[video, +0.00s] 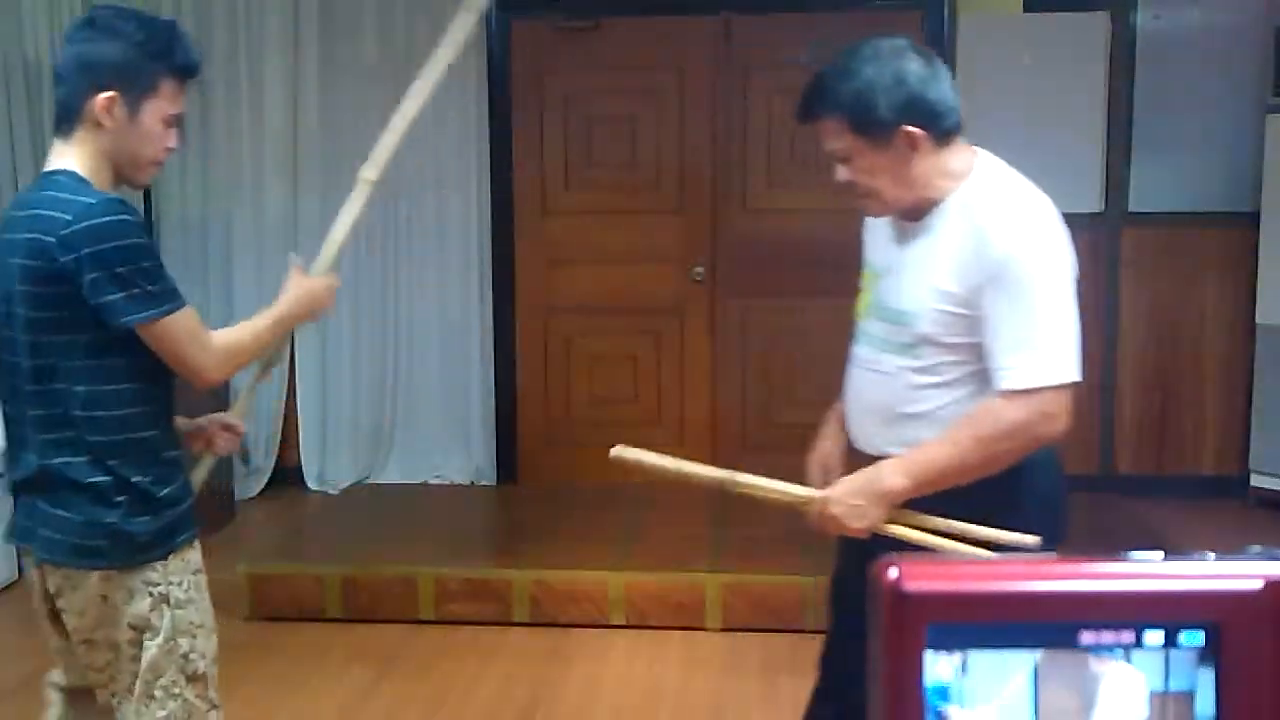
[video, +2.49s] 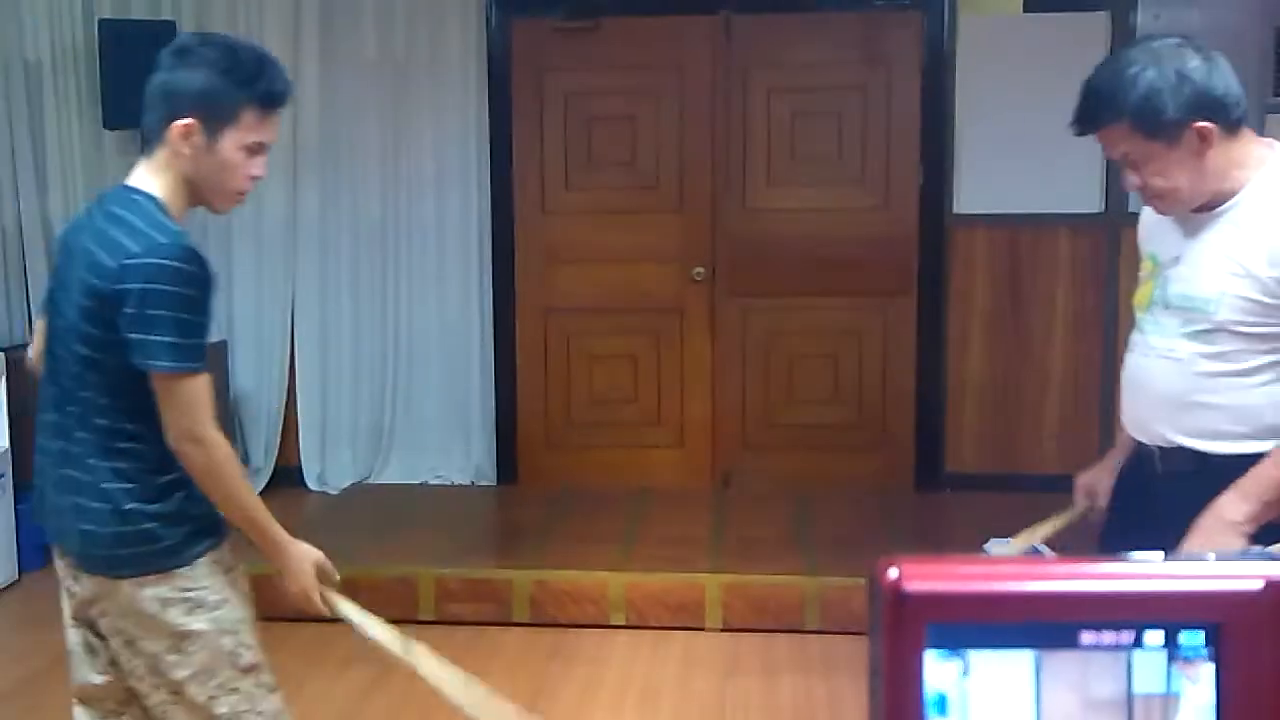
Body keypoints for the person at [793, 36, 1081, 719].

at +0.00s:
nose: (837, 177)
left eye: (845, 158)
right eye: (831, 160)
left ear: (911, 141)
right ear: (905, 144)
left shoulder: (1016, 223)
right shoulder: (890, 205)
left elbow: (1039, 408)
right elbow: (890, 345)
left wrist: (889, 482)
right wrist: (839, 426)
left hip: (987, 509)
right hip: (885, 501)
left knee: (977, 697)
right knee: (849, 689)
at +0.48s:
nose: (951, 158)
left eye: (960, 139)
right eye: (946, 142)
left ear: (1025, 123)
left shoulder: (1119, 210)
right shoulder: (978, 195)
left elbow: (1150, 387)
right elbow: (968, 324)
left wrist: (1001, 383)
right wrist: (896, 385)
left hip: (1076, 476)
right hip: (982, 471)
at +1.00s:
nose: (1005, 162)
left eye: (1012, 141)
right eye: (998, 145)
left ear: (1073, 119)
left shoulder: (1160, 190)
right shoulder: (1045, 203)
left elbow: (1134, 362)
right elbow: (1049, 345)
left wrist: (977, 364)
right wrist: (1010, 397)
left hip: (1150, 459)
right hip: (1066, 453)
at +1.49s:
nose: (1101, 157)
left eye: (1110, 134)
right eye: (1095, 137)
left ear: (1173, 114)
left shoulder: (1255, 190)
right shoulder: (1133, 192)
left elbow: (1239, 377)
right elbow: (1129, 337)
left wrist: (1089, 404)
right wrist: (1066, 385)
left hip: (1226, 481)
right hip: (1125, 471)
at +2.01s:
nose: (1182, 180)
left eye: (1190, 160)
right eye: (1173, 163)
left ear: (1260, 135)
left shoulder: (1272, 224)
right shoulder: (1192, 210)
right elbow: (1191, 344)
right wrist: (1135, 445)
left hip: (1261, 479)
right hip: (1177, 474)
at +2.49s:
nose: (1128, 184)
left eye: (1135, 165)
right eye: (1120, 167)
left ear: (1202, 139)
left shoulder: (1271, 211)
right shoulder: (1162, 206)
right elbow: (1159, 346)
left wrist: (1237, 510)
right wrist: (1118, 457)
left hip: (1241, 487)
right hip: (1146, 477)